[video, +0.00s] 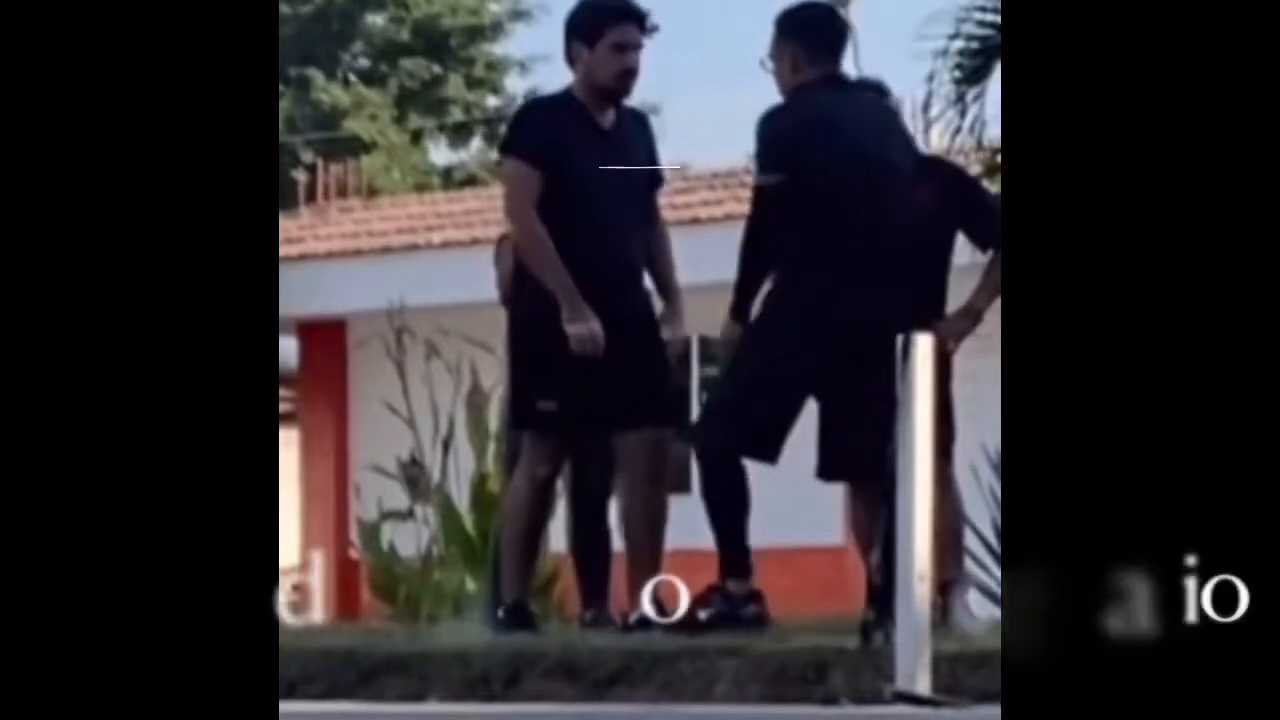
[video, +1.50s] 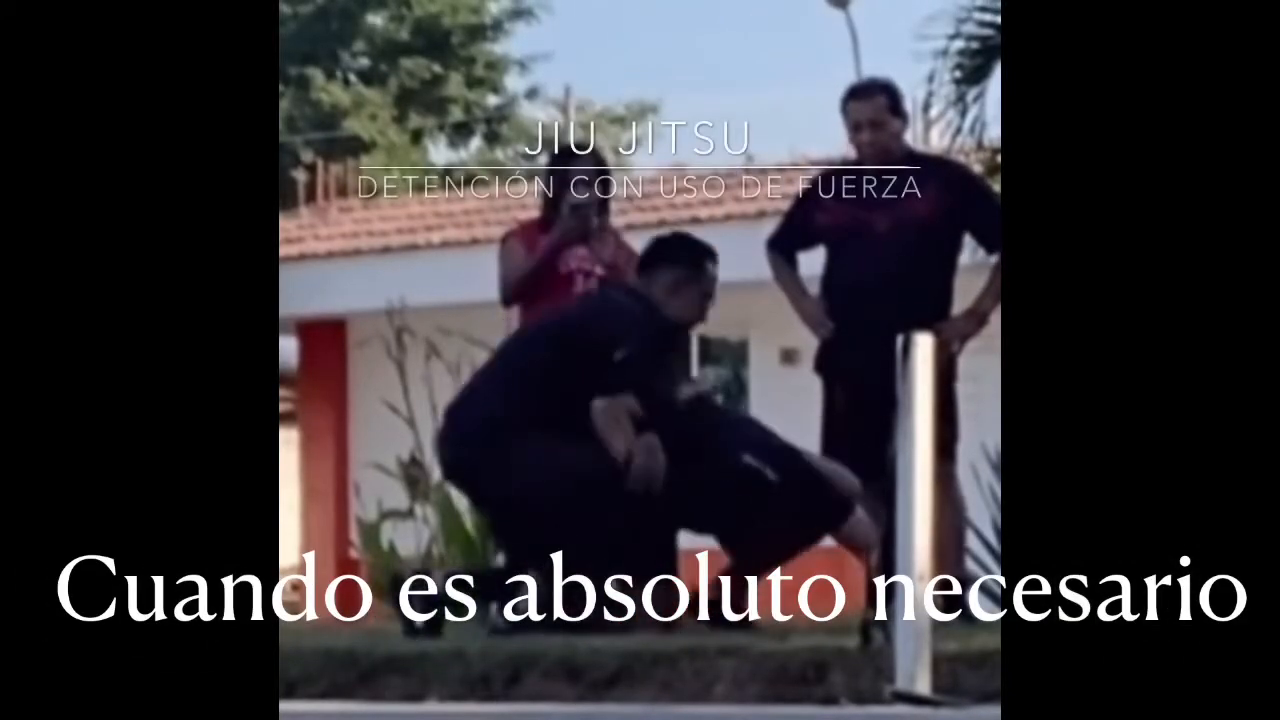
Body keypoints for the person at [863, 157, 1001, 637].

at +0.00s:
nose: (876, 137)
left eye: (881, 124)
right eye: (866, 129)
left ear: (896, 125)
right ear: (853, 137)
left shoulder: (935, 178)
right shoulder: (841, 191)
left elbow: (999, 244)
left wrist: (966, 317)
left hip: (918, 350)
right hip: (855, 349)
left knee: (933, 476)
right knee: (864, 482)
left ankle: (947, 598)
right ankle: (880, 599)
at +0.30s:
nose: (862, 135)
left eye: (871, 123)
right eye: (851, 126)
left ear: (895, 121)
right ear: (841, 132)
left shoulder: (940, 179)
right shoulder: (825, 189)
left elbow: (1002, 241)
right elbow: (782, 255)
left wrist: (968, 316)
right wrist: (804, 324)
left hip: (919, 345)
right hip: (847, 345)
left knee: (932, 468)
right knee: (858, 469)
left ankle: (951, 584)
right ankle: (883, 585)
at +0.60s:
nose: (862, 137)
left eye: (871, 124)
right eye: (852, 127)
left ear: (896, 122)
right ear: (841, 131)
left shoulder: (942, 179)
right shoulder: (827, 188)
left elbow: (1001, 243)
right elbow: (774, 253)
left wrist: (971, 315)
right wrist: (812, 318)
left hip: (921, 352)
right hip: (850, 351)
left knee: (933, 478)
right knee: (864, 483)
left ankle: (946, 589)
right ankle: (877, 596)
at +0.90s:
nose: (864, 137)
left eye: (873, 124)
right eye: (853, 127)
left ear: (897, 122)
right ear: (841, 130)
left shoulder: (942, 178)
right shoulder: (826, 187)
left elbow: (1003, 241)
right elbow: (778, 258)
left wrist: (972, 314)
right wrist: (814, 317)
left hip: (921, 350)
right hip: (850, 350)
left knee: (932, 474)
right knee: (865, 480)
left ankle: (948, 594)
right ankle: (877, 604)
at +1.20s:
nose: (865, 136)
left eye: (875, 124)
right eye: (854, 126)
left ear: (899, 122)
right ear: (843, 131)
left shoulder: (945, 179)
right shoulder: (829, 187)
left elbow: (1002, 246)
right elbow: (777, 250)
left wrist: (973, 315)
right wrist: (814, 319)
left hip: (922, 351)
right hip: (849, 350)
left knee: (932, 474)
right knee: (865, 478)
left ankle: (947, 589)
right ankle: (879, 593)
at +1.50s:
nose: (866, 137)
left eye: (876, 125)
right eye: (856, 128)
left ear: (902, 123)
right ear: (846, 132)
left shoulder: (947, 180)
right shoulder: (831, 187)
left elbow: (1003, 245)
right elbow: (778, 250)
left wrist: (973, 317)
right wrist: (813, 315)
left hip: (923, 353)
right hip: (850, 352)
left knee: (932, 476)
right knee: (855, 480)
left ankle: (947, 590)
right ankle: (877, 599)